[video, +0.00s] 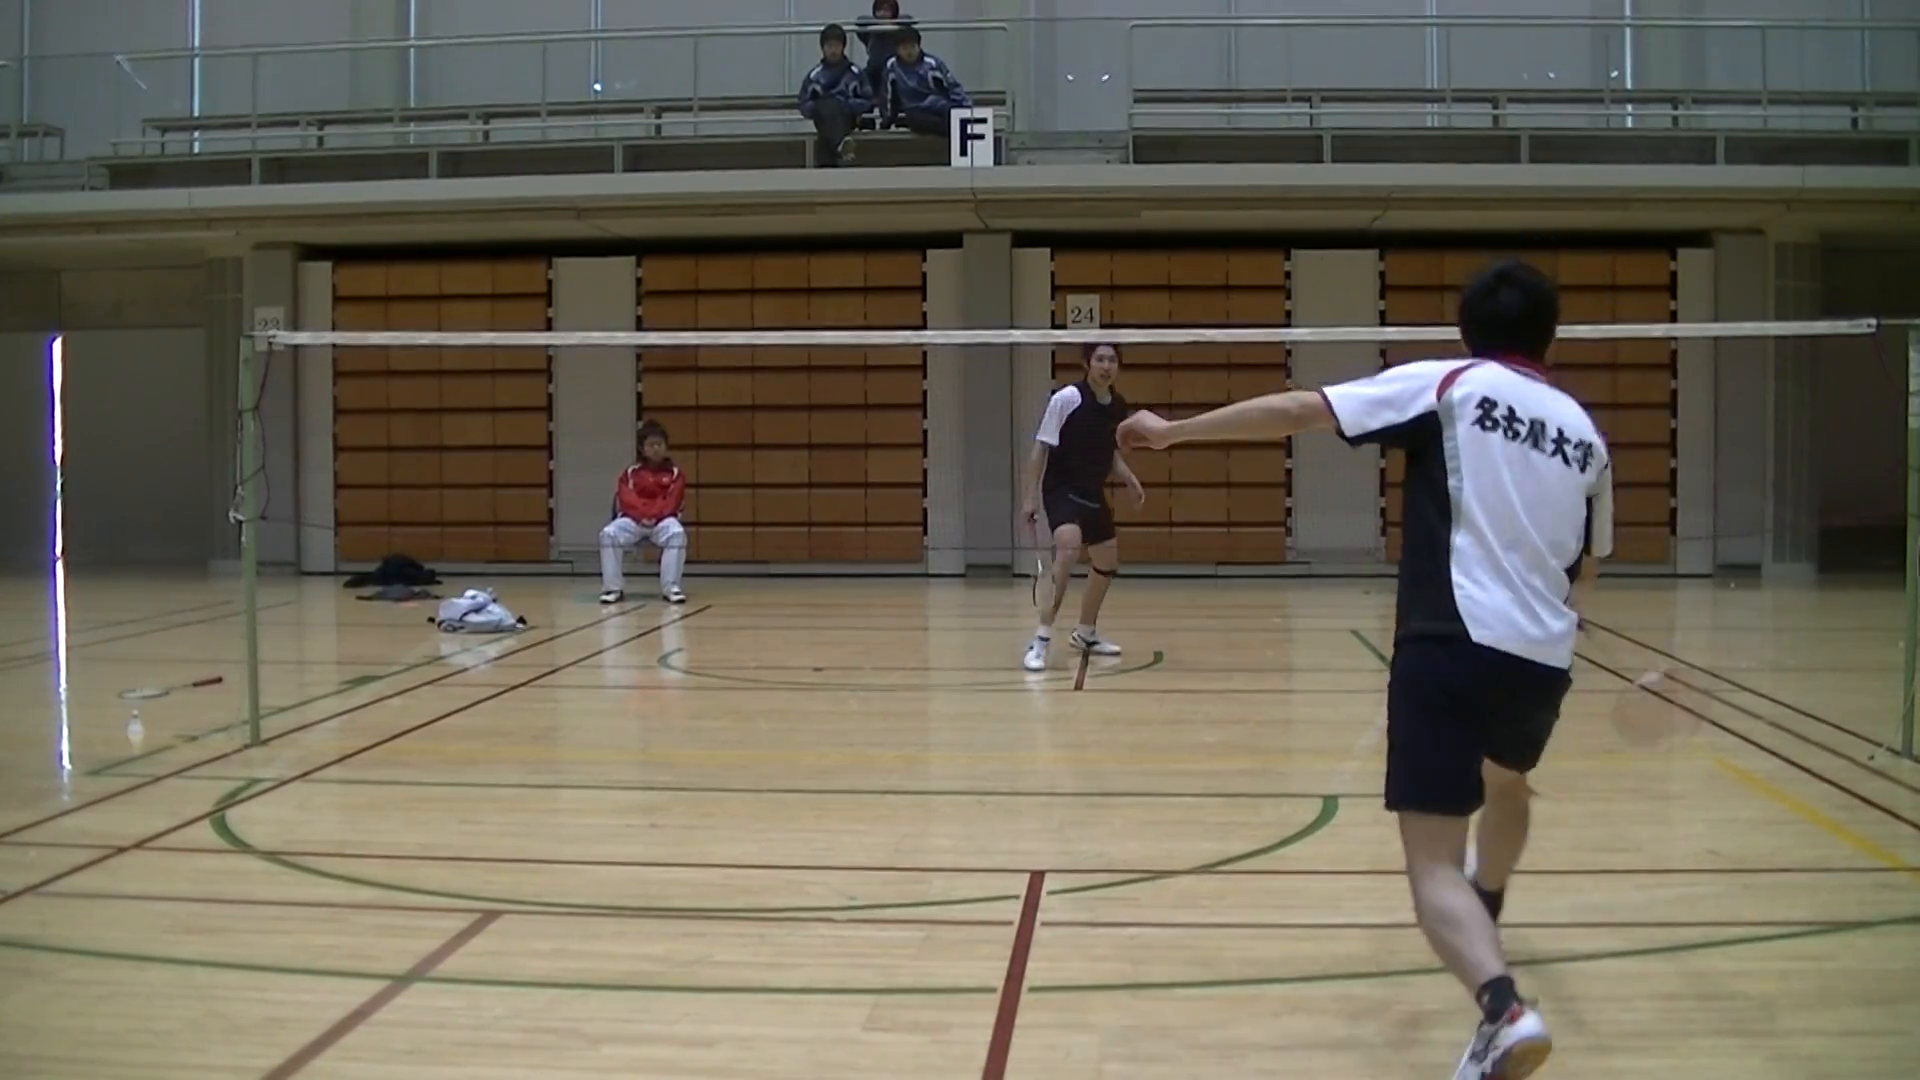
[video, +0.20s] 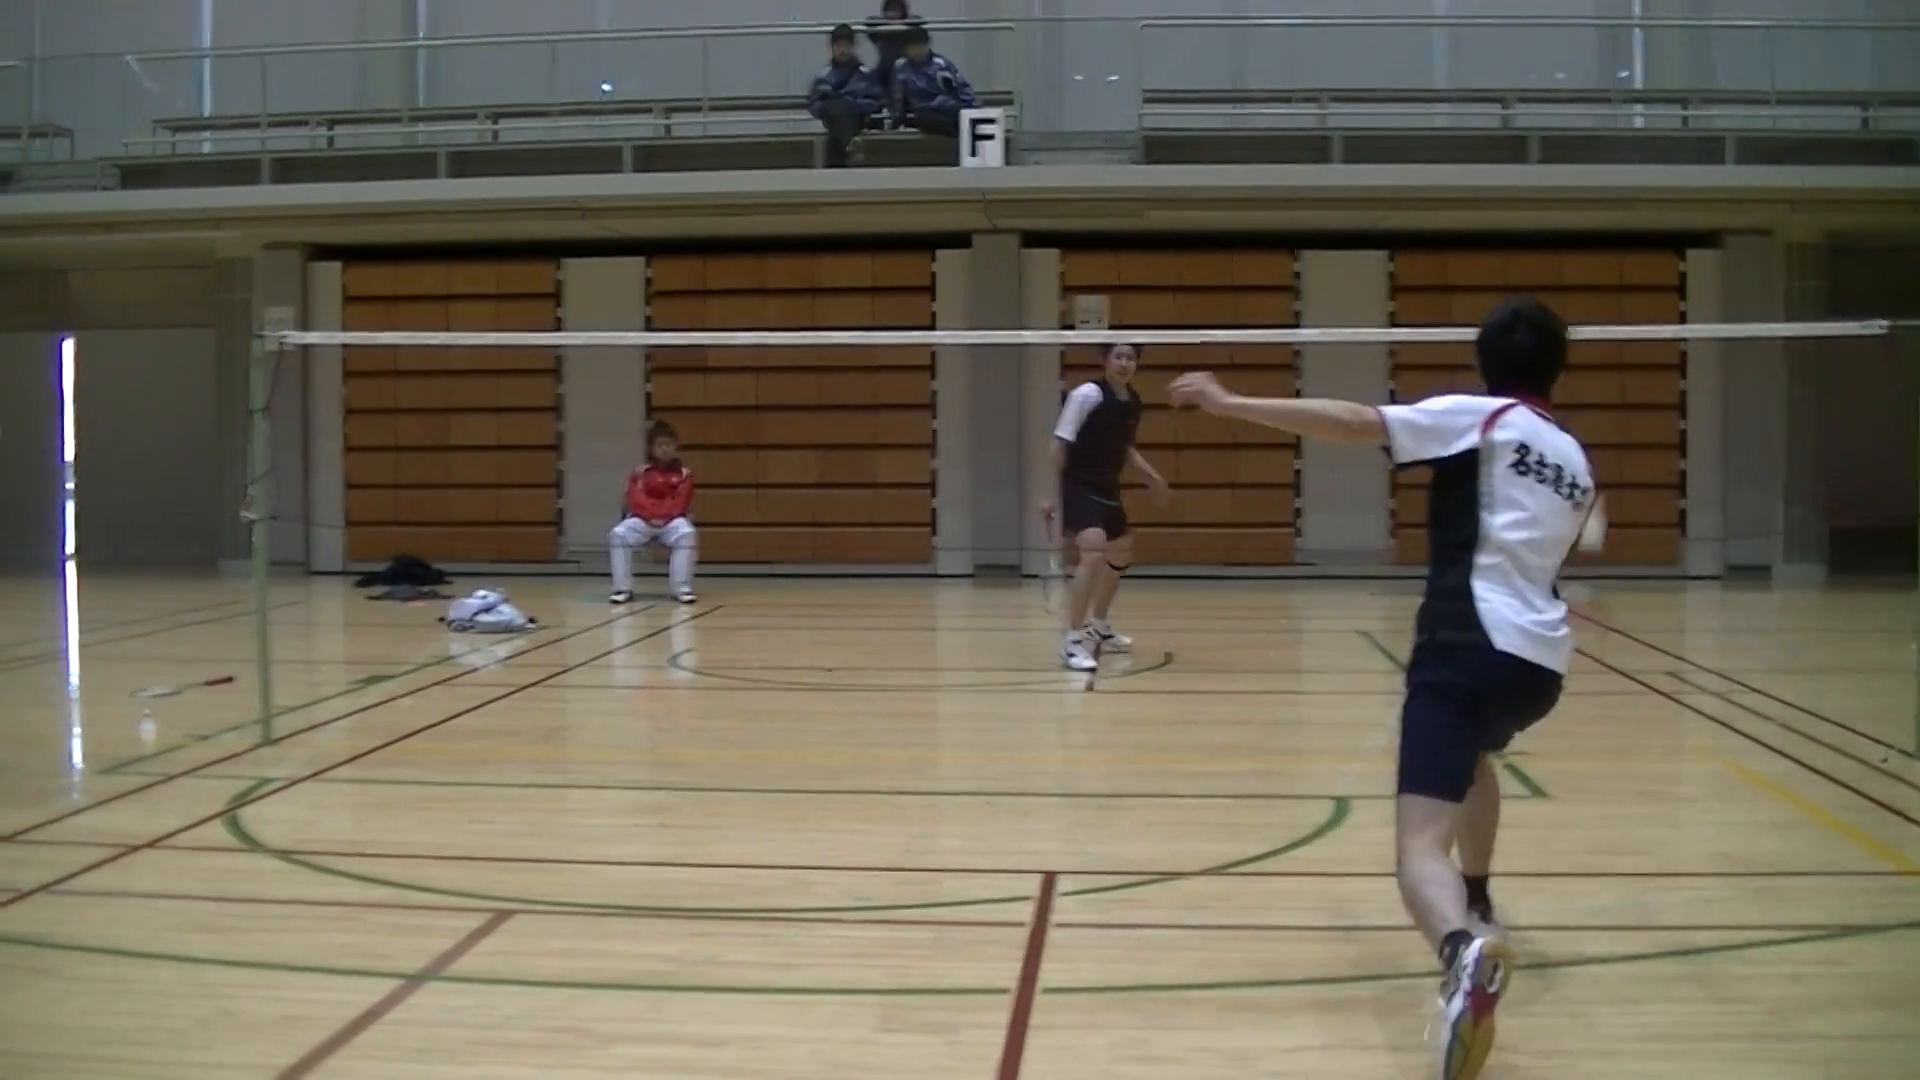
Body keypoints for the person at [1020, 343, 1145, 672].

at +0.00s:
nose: (1107, 366)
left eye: (1112, 361)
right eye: (1101, 359)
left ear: (1118, 367)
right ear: (1087, 364)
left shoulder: (1115, 405)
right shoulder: (1066, 398)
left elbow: (1109, 454)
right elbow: (1040, 449)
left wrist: (1130, 479)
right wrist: (1030, 499)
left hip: (1094, 492)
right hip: (1061, 490)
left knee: (1105, 564)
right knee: (1069, 549)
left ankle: (1085, 633)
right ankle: (1041, 639)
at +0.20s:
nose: (1124, 364)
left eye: (1130, 359)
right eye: (1118, 357)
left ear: (1136, 365)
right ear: (1105, 360)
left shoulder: (1131, 400)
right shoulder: (1087, 394)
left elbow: (1124, 447)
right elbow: (1058, 447)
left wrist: (1152, 475)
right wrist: (1051, 499)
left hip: (1108, 491)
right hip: (1080, 489)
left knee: (1120, 551)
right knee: (1094, 552)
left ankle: (1098, 625)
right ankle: (1073, 638)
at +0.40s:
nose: (1168, 403)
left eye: (1173, 397)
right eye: (1161, 396)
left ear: (1180, 402)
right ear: (1147, 400)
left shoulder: (1183, 440)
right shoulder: (1131, 436)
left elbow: (1218, 471)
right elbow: (1102, 482)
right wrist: (1089, 531)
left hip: (1150, 522)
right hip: (1120, 519)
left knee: (1159, 586)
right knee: (1137, 575)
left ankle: (1127, 633)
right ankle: (1111, 640)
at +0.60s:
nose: (1175, 386)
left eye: (1179, 381)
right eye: (1168, 380)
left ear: (1184, 388)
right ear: (1151, 387)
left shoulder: (1186, 426)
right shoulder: (1138, 426)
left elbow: (1204, 444)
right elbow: (1126, 483)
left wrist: (1247, 432)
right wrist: (1141, 526)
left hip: (1166, 517)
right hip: (1132, 514)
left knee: (1175, 583)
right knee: (1116, 584)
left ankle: (1125, 617)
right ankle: (1090, 641)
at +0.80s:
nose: (1212, 379)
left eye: (1215, 373)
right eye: (1206, 371)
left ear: (1214, 376)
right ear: (1186, 372)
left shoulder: (1188, 407)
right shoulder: (1181, 408)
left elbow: (1171, 463)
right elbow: (1172, 462)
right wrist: (1201, 505)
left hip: (1166, 509)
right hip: (1150, 510)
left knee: (1185, 583)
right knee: (1155, 597)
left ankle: (1123, 638)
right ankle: (1074, 612)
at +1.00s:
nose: (1295, 408)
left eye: (1299, 401)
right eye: (1290, 399)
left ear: (1299, 403)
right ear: (1268, 400)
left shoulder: (1267, 437)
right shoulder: (1258, 436)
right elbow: (1263, 495)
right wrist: (1292, 538)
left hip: (1210, 521)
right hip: (1206, 521)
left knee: (1179, 600)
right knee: (1265, 569)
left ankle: (1119, 643)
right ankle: (1271, 665)